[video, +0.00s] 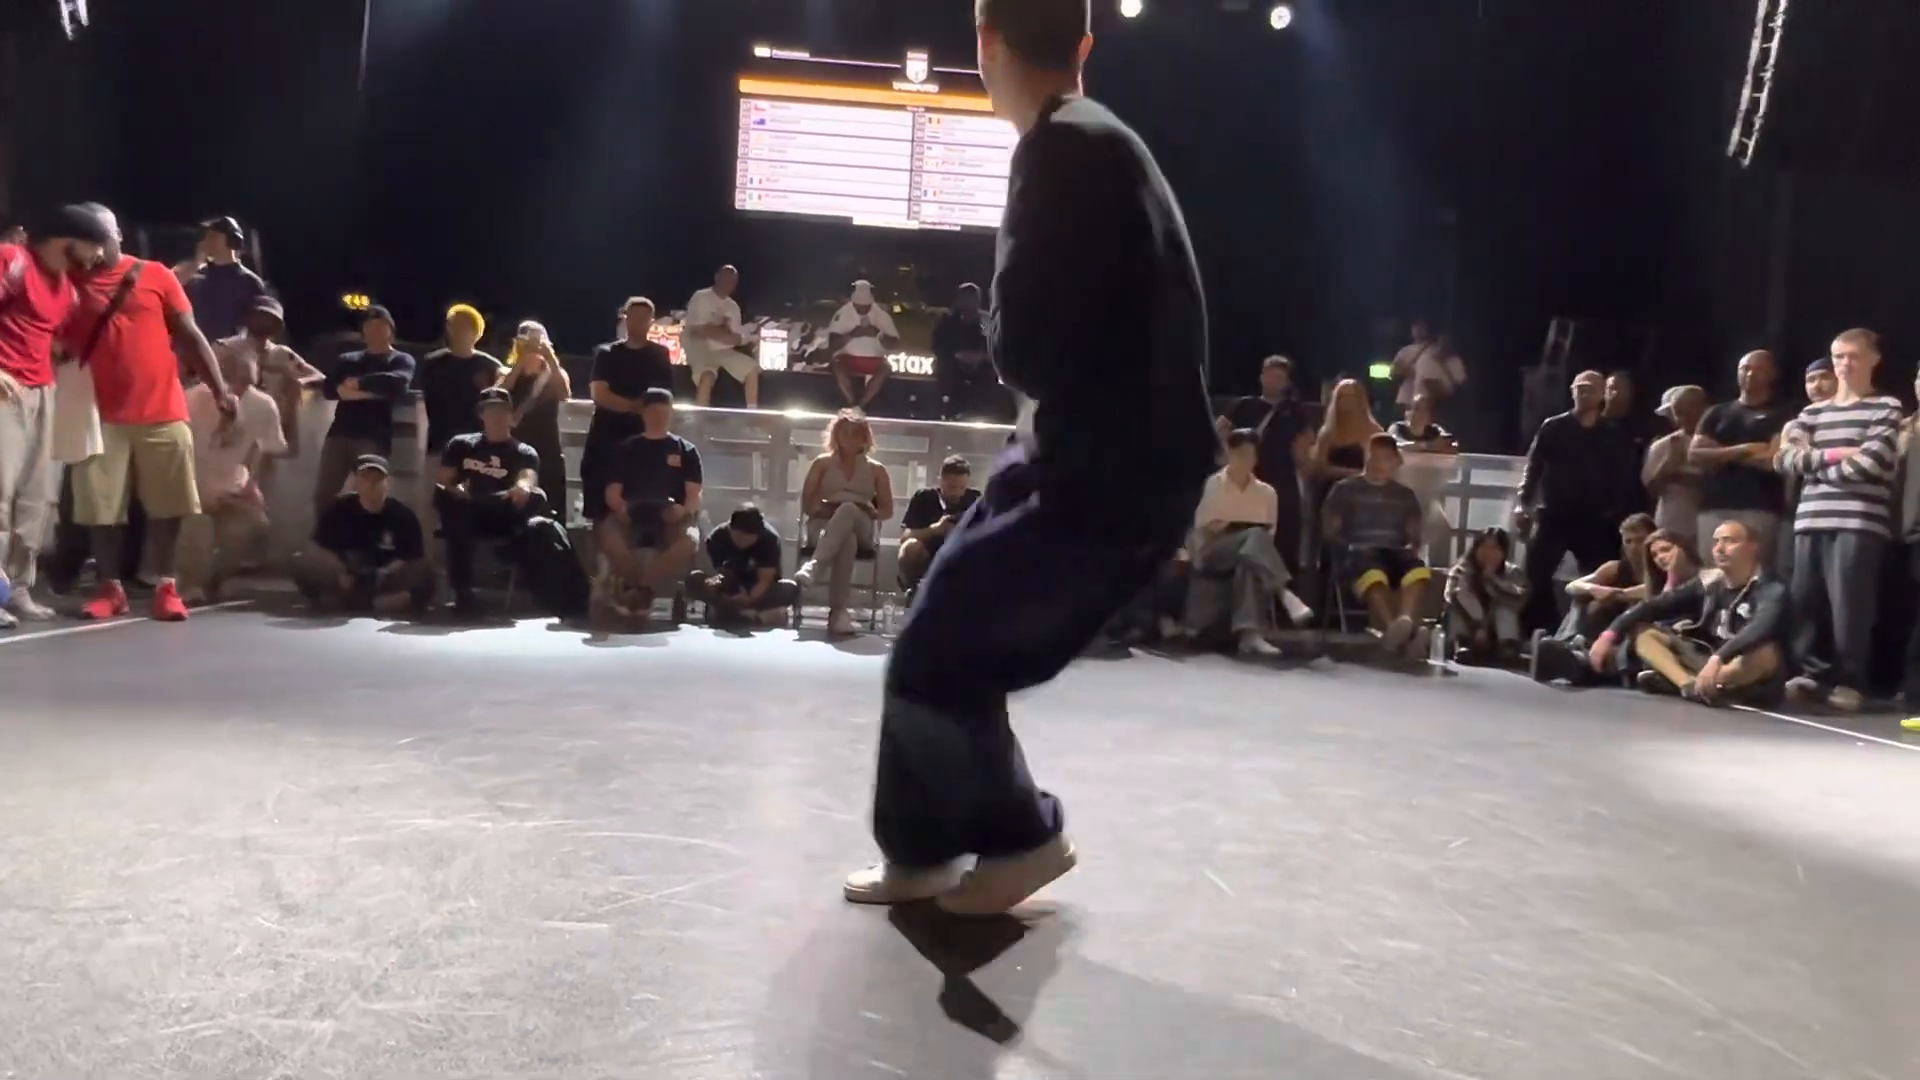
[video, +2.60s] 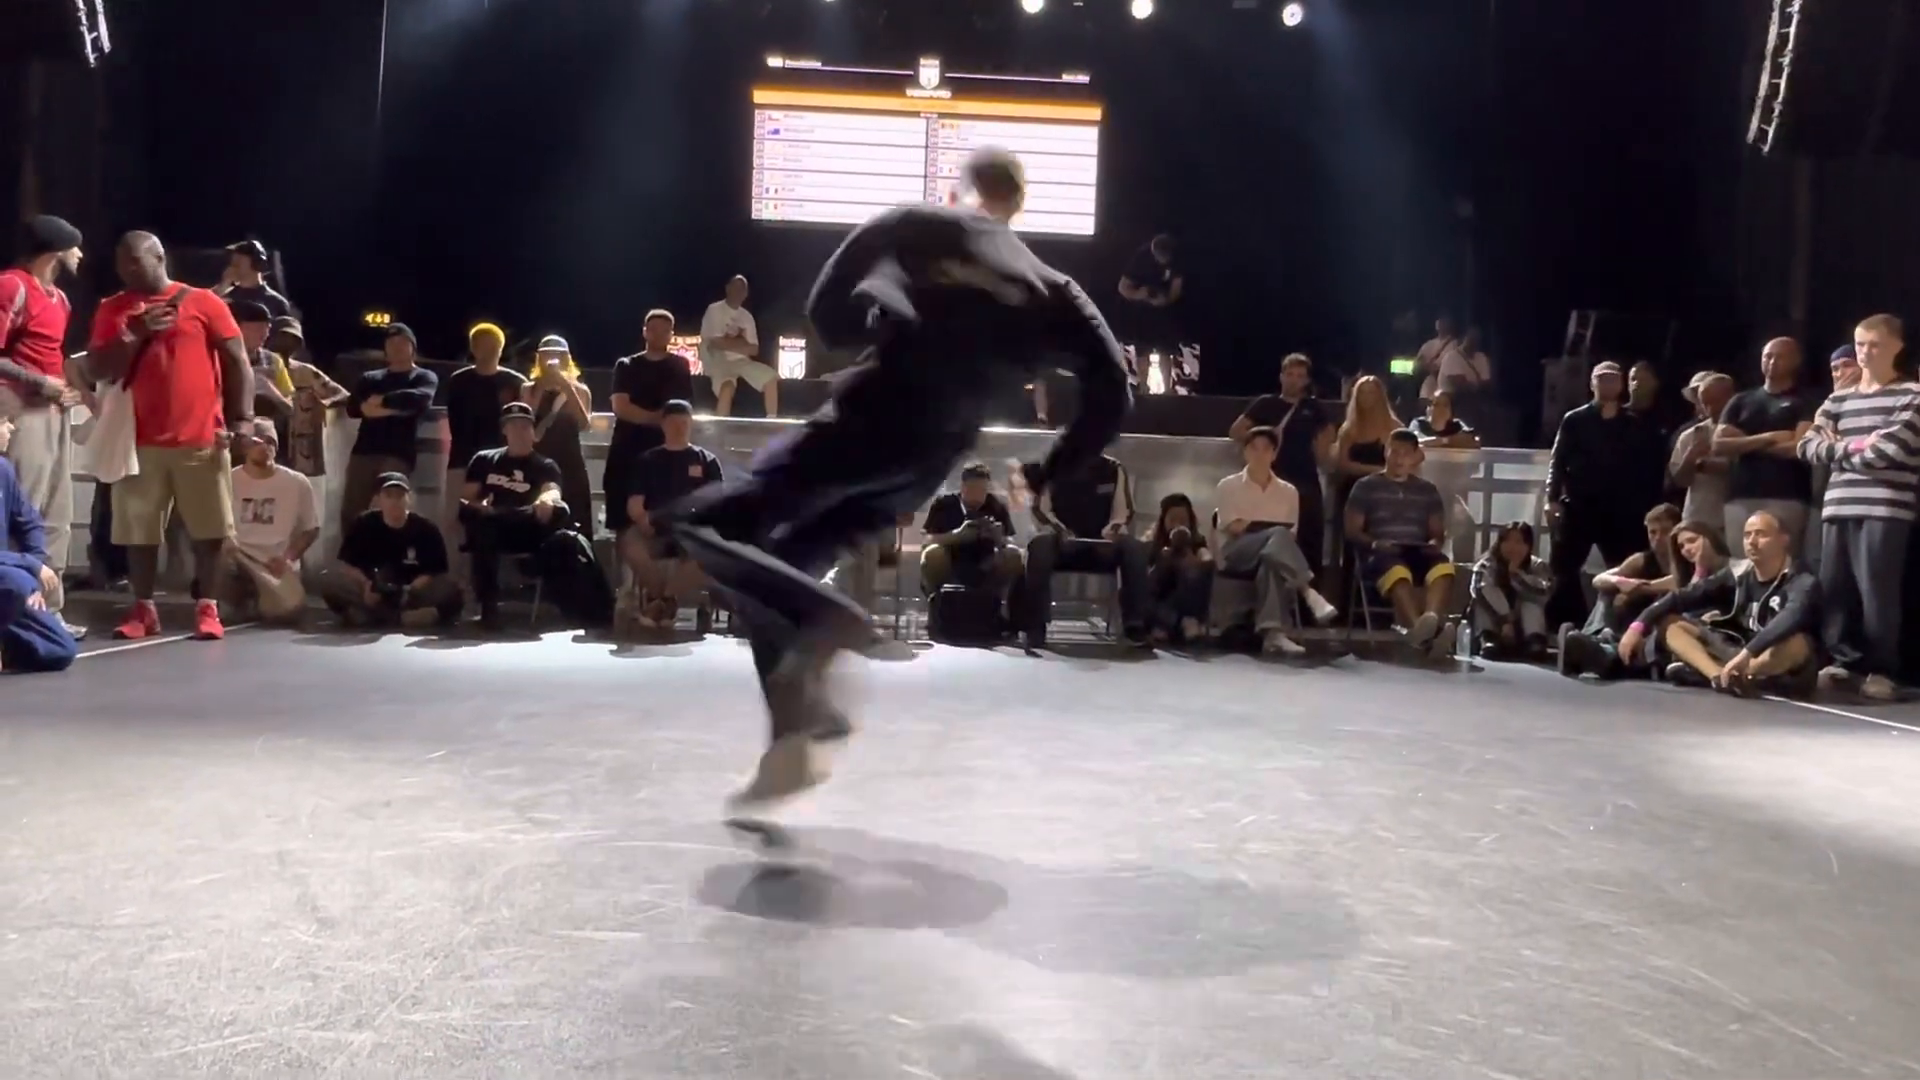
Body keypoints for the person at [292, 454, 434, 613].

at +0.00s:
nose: (371, 485)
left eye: (377, 480)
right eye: (366, 479)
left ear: (386, 483)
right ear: (356, 481)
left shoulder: (402, 515)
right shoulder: (338, 509)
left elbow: (413, 557)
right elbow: (320, 548)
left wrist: (384, 573)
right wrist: (341, 574)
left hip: (385, 575)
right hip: (346, 572)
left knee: (424, 573)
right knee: (301, 562)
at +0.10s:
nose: (374, 491)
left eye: (380, 485)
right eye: (369, 484)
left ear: (389, 488)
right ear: (358, 487)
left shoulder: (405, 520)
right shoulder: (339, 514)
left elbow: (415, 562)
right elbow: (319, 553)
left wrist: (387, 579)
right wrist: (341, 578)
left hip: (386, 581)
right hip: (347, 580)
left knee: (428, 580)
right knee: (304, 567)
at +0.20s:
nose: (373, 493)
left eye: (379, 486)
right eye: (367, 486)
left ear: (388, 489)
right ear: (357, 489)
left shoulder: (404, 521)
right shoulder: (338, 515)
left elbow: (413, 563)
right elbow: (318, 553)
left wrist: (386, 579)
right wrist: (340, 578)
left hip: (386, 582)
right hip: (346, 581)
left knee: (427, 581)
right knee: (304, 570)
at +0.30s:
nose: (367, 486)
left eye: (372, 480)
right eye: (361, 480)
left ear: (382, 483)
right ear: (352, 483)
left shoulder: (399, 514)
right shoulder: (334, 508)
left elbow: (409, 556)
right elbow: (318, 549)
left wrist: (381, 573)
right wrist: (337, 573)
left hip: (382, 576)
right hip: (343, 575)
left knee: (422, 574)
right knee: (300, 563)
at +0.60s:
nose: (371, 499)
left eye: (376, 493)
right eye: (365, 493)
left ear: (385, 496)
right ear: (355, 497)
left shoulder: (403, 528)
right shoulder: (339, 524)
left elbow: (413, 570)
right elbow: (323, 561)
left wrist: (394, 581)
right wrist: (341, 579)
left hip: (386, 588)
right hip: (348, 587)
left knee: (425, 588)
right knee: (305, 578)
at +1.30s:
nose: (378, 513)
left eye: (383, 507)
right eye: (372, 507)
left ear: (392, 509)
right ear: (362, 510)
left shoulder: (410, 540)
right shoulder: (345, 536)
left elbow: (420, 582)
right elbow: (331, 577)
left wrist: (393, 601)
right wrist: (349, 594)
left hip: (395, 601)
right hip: (356, 601)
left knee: (435, 601)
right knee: (312, 592)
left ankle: (357, 630)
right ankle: (383, 630)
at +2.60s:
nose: (395, 503)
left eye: (400, 496)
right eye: (389, 496)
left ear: (408, 499)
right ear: (379, 500)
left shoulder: (425, 529)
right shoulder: (363, 525)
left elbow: (434, 570)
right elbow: (346, 564)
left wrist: (408, 591)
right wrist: (365, 584)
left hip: (409, 590)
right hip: (372, 589)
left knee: (449, 589)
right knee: (328, 579)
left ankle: (372, 617)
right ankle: (398, 618)